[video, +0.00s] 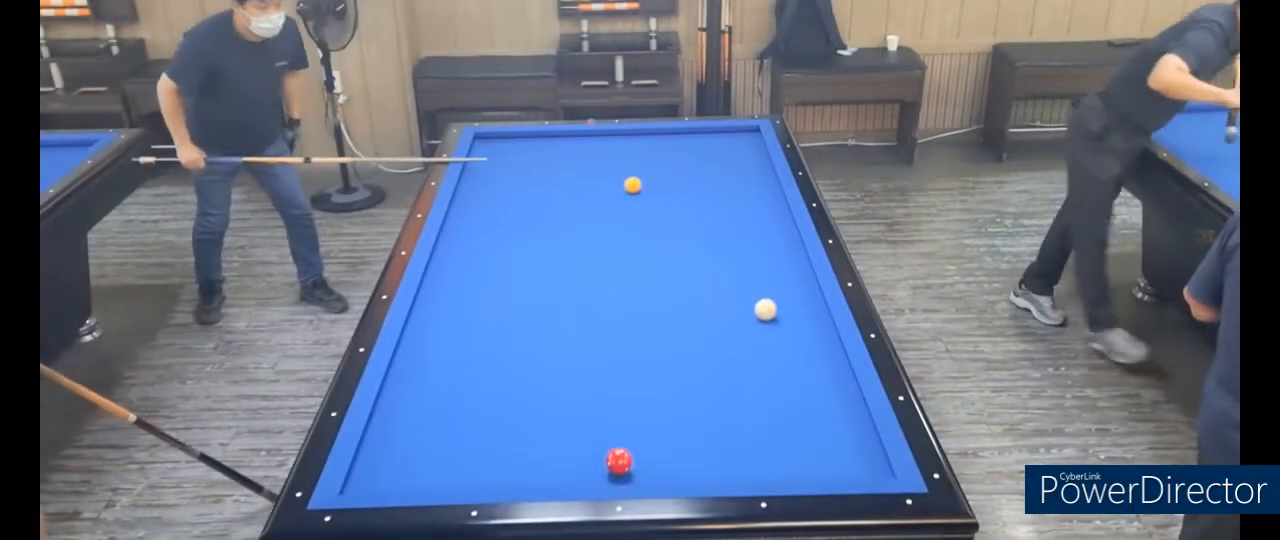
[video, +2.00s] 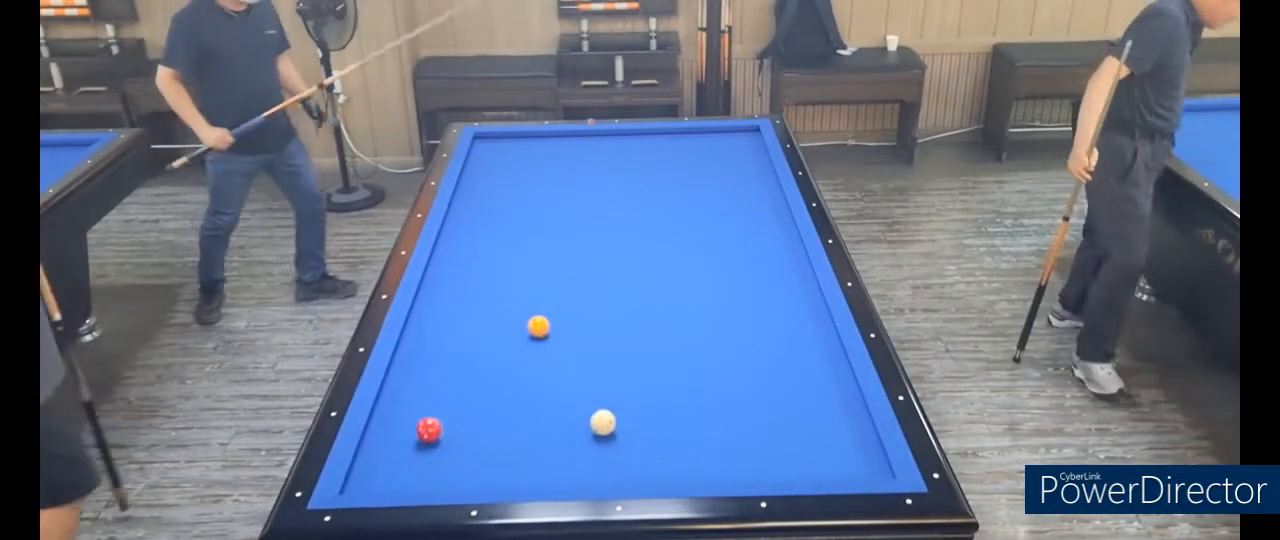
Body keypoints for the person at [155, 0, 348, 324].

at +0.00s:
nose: (271, 18)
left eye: (276, 9)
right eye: (260, 10)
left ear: (282, 7)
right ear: (239, 8)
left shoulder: (286, 30)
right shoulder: (204, 39)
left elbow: (293, 73)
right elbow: (167, 86)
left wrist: (294, 116)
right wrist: (183, 144)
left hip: (267, 141)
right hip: (215, 147)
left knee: (299, 210)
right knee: (212, 222)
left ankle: (313, 283)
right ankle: (209, 292)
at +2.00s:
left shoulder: (263, 9)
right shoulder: (190, 20)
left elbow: (280, 60)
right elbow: (166, 79)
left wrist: (307, 97)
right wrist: (205, 130)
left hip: (280, 139)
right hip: (231, 148)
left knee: (311, 202)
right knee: (221, 220)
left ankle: (312, 280)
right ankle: (210, 291)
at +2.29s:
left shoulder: (299, 5)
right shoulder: (237, 15)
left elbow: (312, 42)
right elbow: (230, 80)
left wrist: (337, 59)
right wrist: (278, 123)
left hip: (317, 129)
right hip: (282, 138)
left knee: (324, 209)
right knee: (296, 214)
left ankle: (313, 280)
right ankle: (262, 285)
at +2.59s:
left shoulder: (321, 6)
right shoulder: (290, 11)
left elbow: (326, 48)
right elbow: (298, 84)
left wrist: (361, 48)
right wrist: (356, 110)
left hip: (335, 128)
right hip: (319, 132)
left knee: (323, 206)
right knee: (361, 205)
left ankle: (313, 279)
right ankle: (395, 270)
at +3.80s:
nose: (466, 4)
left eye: (467, 2)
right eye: (463, 1)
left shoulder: (404, 7)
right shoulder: (428, 30)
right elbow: (439, 106)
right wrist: (483, 128)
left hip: (381, 131)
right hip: (407, 142)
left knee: (392, 212)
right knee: (429, 215)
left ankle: (380, 287)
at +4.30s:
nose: (394, 3)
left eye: (396, 3)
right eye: (386, 2)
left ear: (398, 4)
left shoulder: (395, 20)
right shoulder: (345, 30)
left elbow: (400, 80)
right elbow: (314, 93)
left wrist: (411, 125)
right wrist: (365, 136)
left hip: (394, 147)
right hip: (365, 155)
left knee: (381, 228)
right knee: (398, 228)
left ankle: (378, 300)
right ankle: (390, 304)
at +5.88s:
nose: (324, 5)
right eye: (313, 1)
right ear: (289, 3)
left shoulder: (350, 25)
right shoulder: (268, 46)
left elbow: (383, 81)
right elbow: (281, 119)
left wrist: (376, 103)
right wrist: (337, 96)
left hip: (360, 168)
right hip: (317, 177)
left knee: (363, 259)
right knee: (350, 264)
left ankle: (352, 332)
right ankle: (344, 343)